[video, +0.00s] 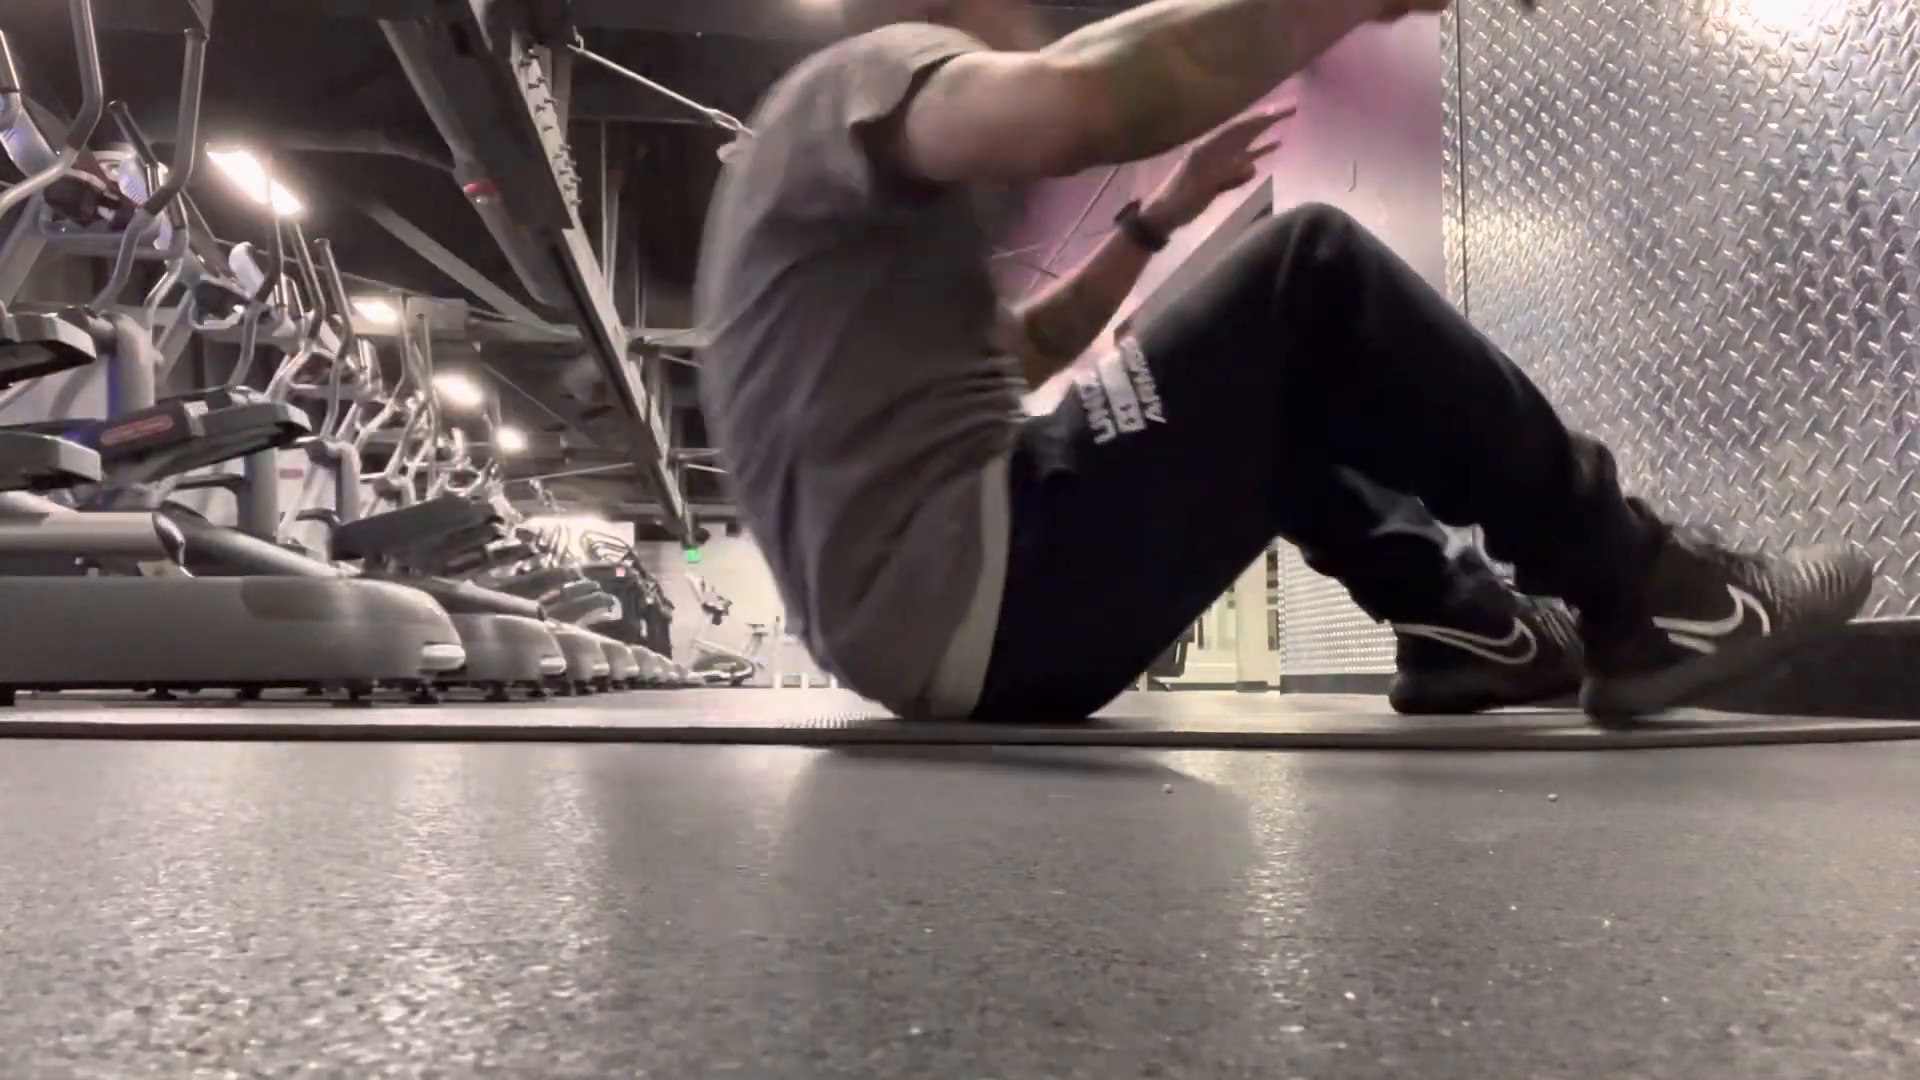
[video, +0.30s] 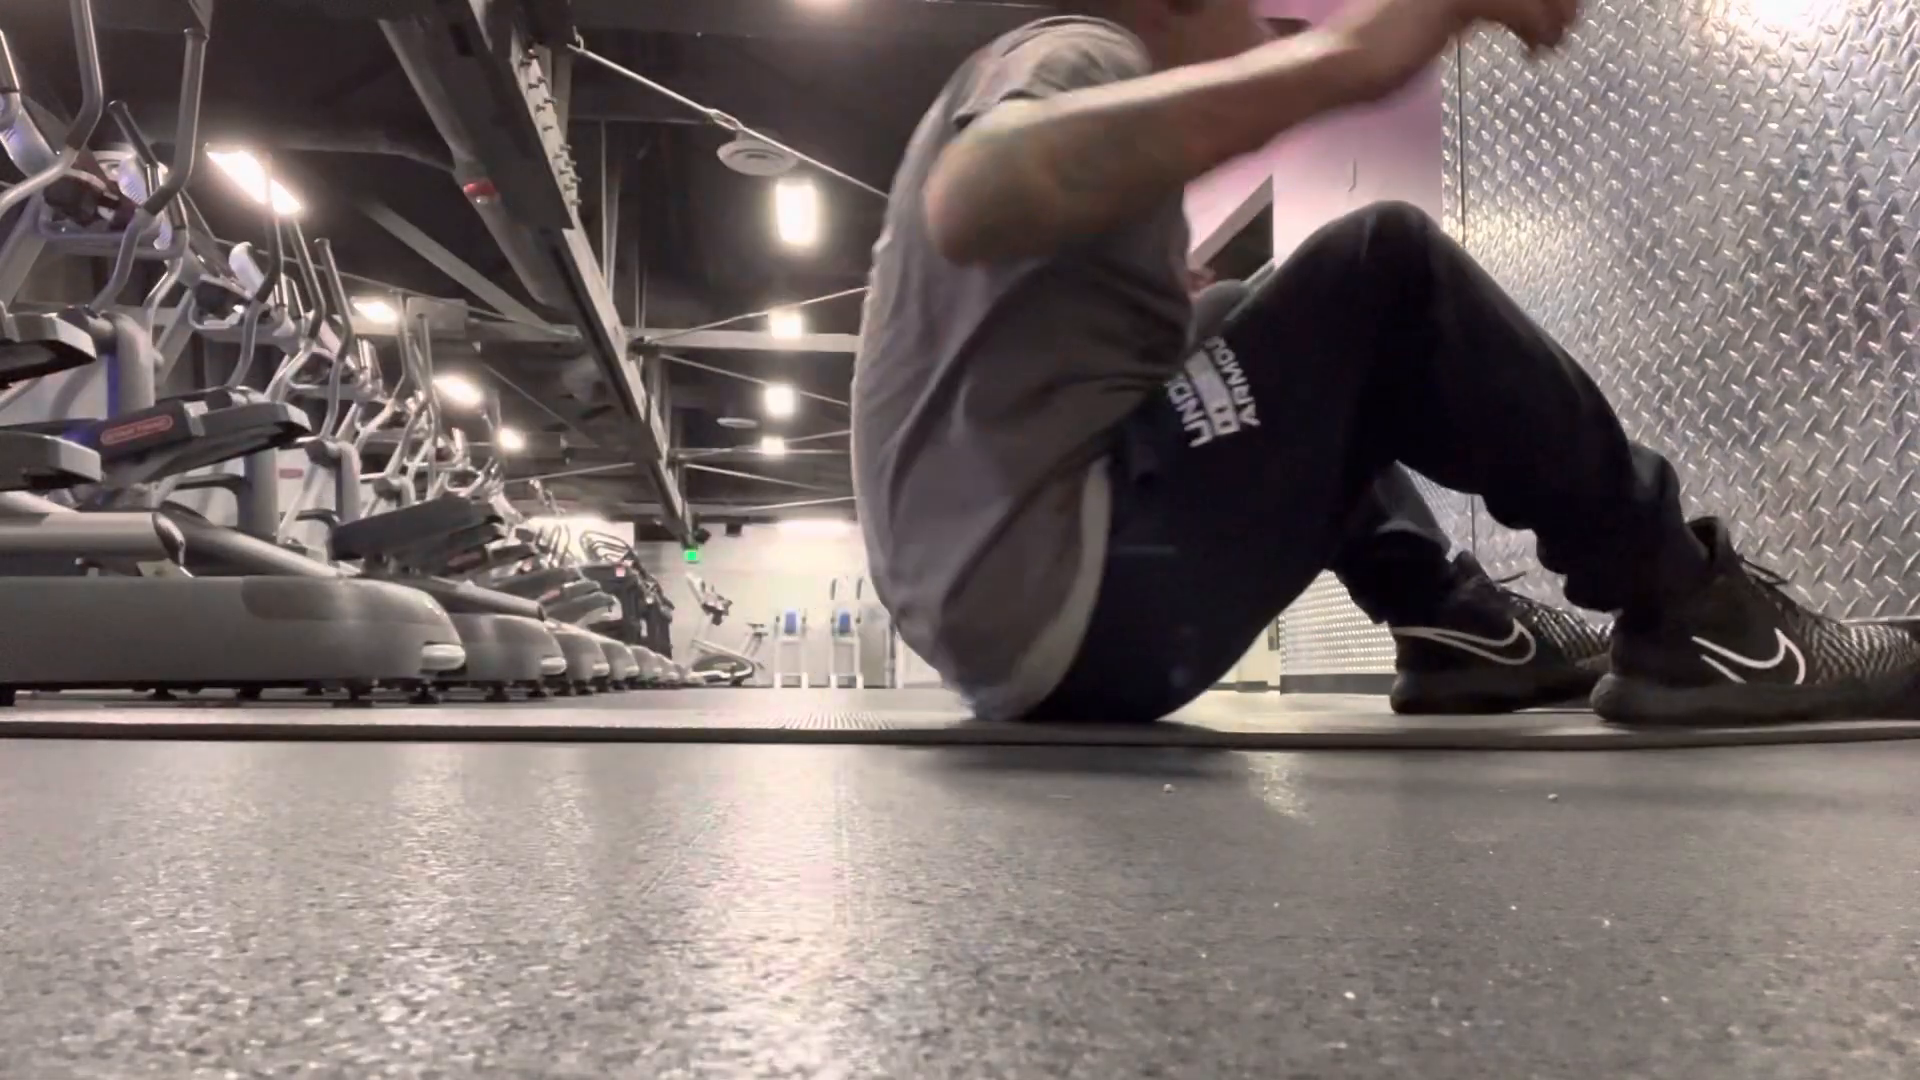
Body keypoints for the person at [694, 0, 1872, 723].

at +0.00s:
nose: (1049, 66)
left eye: (1056, 52)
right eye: (1043, 49)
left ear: (918, 23)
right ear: (981, 18)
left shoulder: (848, 171)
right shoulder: (852, 86)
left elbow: (1007, 381)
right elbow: (1100, 95)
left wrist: (1152, 224)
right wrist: (1337, 8)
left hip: (971, 607)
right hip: (990, 605)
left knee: (1243, 283)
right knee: (1305, 265)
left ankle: (1468, 625)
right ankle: (1642, 590)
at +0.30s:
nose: (1269, 29)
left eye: (1265, 25)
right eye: (1253, 15)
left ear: (1148, 6)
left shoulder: (1033, 78)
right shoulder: (1078, 62)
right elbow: (965, 201)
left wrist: (1180, 302)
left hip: (1042, 626)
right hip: (1089, 616)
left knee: (1259, 310)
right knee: (1384, 262)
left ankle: (1460, 621)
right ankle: (1695, 606)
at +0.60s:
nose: (790, 56)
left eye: (769, 30)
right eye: (747, 36)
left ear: (637, 87)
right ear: (652, 76)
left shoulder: (673, 242)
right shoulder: (676, 212)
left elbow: (945, 356)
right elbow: (1044, 235)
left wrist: (1159, 221)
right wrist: (1303, 106)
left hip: (985, 590)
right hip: (1022, 622)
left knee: (1263, 289)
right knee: (1348, 280)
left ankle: (1459, 630)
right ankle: (1667, 597)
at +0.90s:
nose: (275, 308)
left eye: (255, 295)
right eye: (228, 324)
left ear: (286, 324)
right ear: (197, 433)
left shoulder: (422, 450)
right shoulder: (314, 515)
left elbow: (635, 428)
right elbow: (366, 255)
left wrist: (554, 260)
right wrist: (413, 103)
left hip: (894, 510)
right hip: (908, 578)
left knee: (1218, 335)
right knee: (1278, 264)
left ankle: (1435, 614)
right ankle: (1642, 592)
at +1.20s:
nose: (415, 216)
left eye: (383, 198)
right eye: (359, 212)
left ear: (309, 295)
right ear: (280, 308)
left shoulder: (447, 413)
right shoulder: (365, 416)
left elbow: (703, 327)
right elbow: (632, 253)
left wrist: (851, 143)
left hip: (888, 538)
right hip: (924, 595)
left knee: (1200, 345)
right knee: (1281, 273)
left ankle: (1440, 616)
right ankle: (1640, 580)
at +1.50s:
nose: (899, 46)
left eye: (891, 39)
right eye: (873, 28)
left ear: (719, 45)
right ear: (781, 20)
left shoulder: (750, 230)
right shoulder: (746, 121)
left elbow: (1013, 327)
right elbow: (1131, 125)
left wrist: (1188, 217)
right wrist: (1343, 63)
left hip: (964, 626)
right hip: (988, 605)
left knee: (1221, 331)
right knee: (1307, 268)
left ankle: (1450, 623)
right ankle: (1659, 590)